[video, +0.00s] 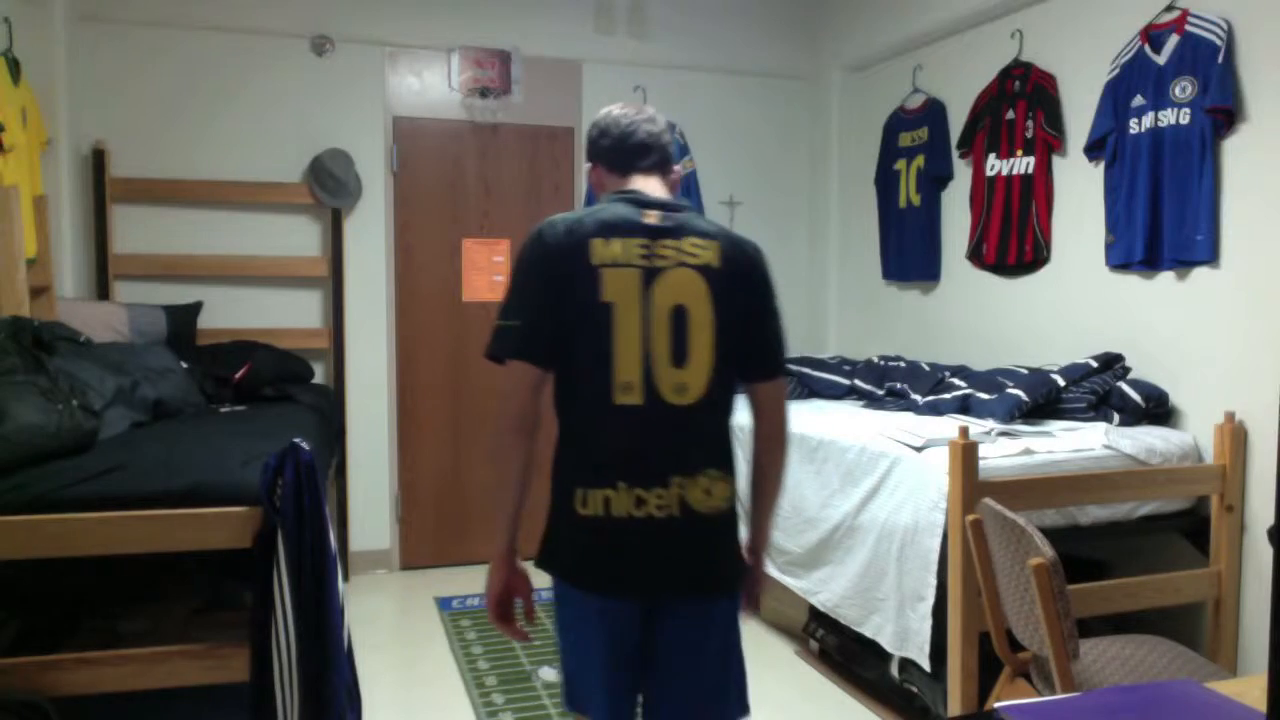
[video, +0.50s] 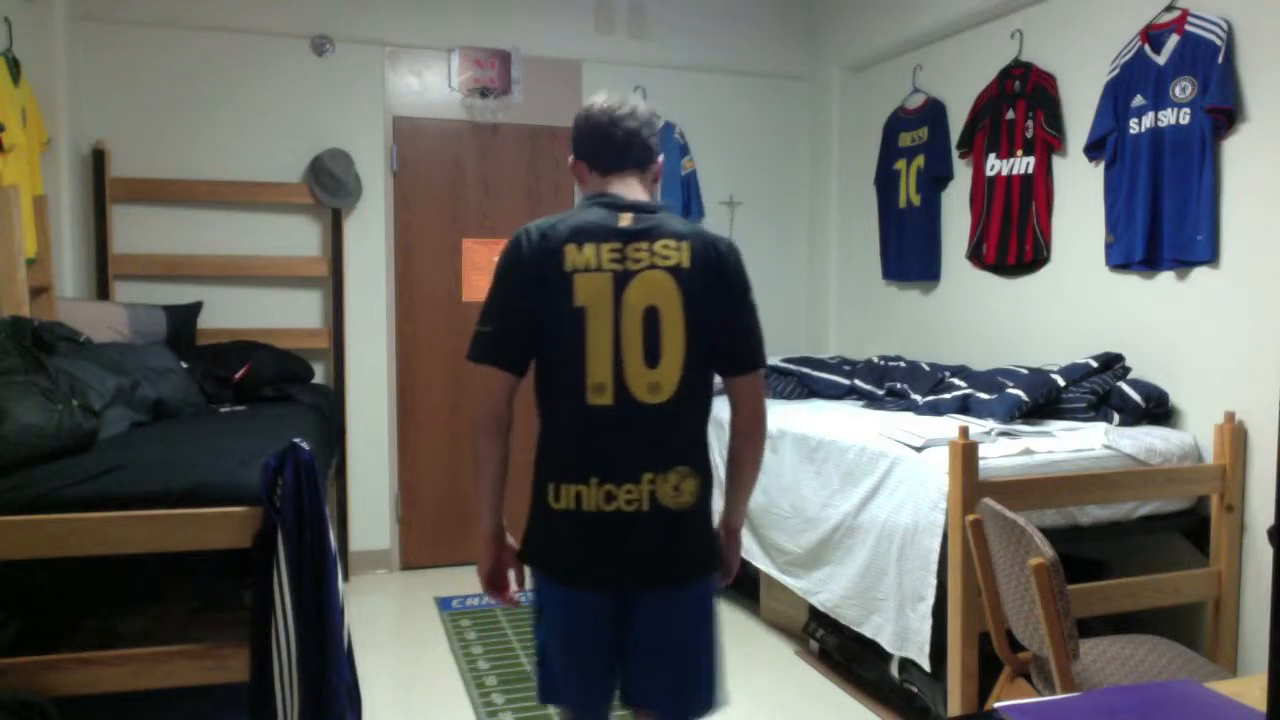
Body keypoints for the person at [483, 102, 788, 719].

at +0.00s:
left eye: (590, 170)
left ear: (594, 172)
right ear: (675, 170)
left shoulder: (557, 244)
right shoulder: (736, 255)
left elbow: (521, 415)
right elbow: (771, 417)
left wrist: (505, 555)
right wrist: (757, 548)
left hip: (594, 552)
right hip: (702, 553)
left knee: (600, 709)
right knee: (701, 710)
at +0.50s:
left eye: (573, 161)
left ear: (576, 165)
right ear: (656, 167)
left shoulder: (535, 249)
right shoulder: (710, 253)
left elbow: (492, 403)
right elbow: (750, 408)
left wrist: (491, 529)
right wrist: (732, 525)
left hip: (570, 537)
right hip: (674, 538)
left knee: (579, 707)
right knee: (667, 709)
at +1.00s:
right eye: (656, 176)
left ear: (578, 177)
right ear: (655, 179)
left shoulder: (537, 246)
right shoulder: (706, 249)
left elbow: (500, 395)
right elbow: (751, 392)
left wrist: (507, 527)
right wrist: (745, 513)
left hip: (575, 522)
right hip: (676, 521)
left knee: (585, 701)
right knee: (669, 694)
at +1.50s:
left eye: (567, 162)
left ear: (570, 163)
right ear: (648, 165)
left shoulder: (538, 233)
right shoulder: (697, 234)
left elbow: (515, 373)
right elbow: (760, 369)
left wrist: (521, 504)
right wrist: (755, 491)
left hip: (578, 499)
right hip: (675, 495)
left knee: (593, 677)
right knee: (654, 656)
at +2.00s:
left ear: (542, 191)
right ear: (615, 187)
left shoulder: (529, 253)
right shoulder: (680, 254)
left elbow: (527, 367)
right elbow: (750, 395)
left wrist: (542, 531)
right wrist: (758, 531)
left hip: (587, 539)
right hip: (682, 533)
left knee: (588, 708)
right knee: (679, 706)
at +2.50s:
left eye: (600, 162)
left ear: (602, 171)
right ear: (684, 169)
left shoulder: (557, 251)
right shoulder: (737, 250)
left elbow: (487, 394)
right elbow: (791, 397)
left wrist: (568, 377)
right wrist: (787, 519)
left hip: (612, 529)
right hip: (713, 522)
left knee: (624, 706)